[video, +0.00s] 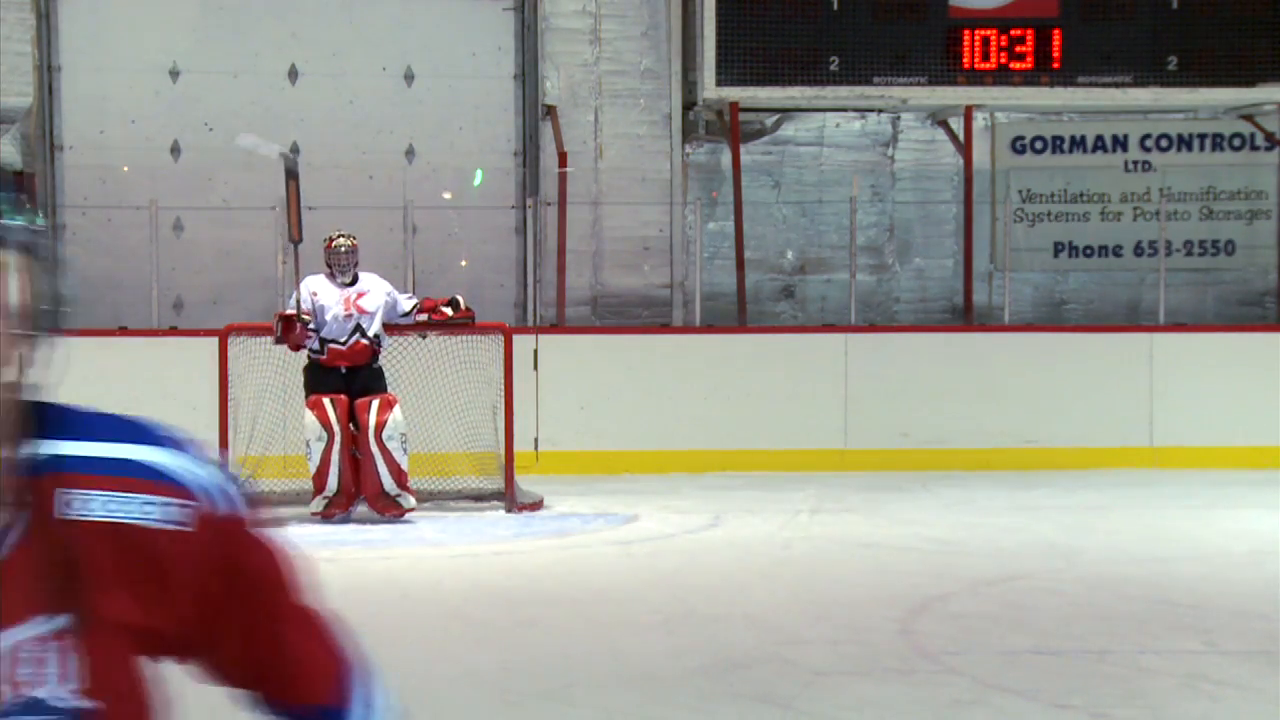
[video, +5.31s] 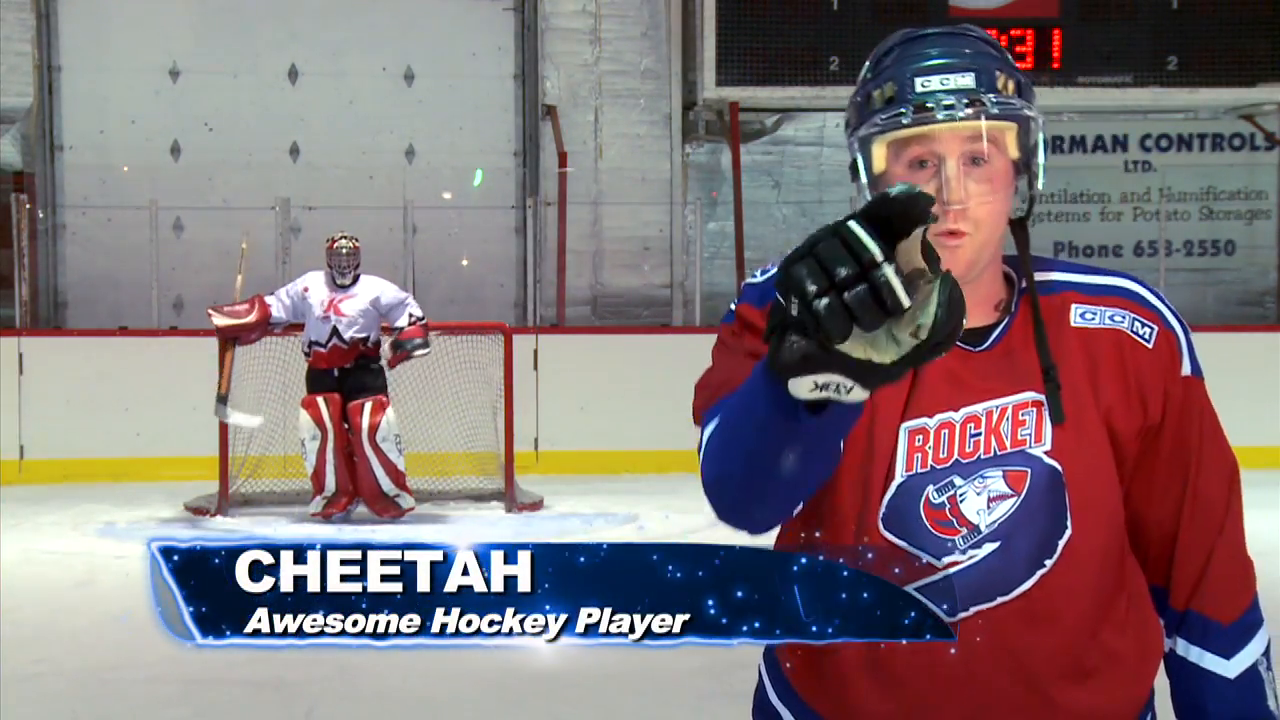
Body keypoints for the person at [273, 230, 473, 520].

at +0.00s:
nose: (343, 261)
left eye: (348, 255)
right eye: (337, 255)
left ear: (357, 257)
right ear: (327, 258)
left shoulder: (375, 285)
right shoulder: (311, 286)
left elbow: (405, 309)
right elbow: (295, 332)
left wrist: (441, 306)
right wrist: (295, 327)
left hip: (366, 372)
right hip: (325, 374)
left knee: (381, 429)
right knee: (329, 433)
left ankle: (385, 499)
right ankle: (334, 500)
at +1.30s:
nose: (347, 263)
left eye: (352, 257)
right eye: (341, 257)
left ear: (361, 259)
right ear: (331, 260)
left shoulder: (379, 286)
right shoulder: (313, 288)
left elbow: (411, 309)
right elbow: (288, 318)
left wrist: (445, 308)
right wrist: (264, 319)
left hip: (368, 373)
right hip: (326, 375)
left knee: (385, 431)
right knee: (330, 435)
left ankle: (386, 500)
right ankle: (333, 502)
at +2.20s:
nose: (337, 264)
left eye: (342, 258)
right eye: (331, 258)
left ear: (352, 260)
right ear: (322, 260)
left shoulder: (370, 286)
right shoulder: (304, 287)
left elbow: (400, 315)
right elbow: (271, 309)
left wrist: (417, 339)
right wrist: (236, 314)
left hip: (365, 373)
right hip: (322, 376)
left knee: (376, 432)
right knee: (326, 435)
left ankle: (391, 500)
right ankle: (334, 501)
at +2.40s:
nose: (334, 262)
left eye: (339, 256)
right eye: (328, 257)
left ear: (347, 259)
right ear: (318, 259)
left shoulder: (368, 287)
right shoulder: (303, 288)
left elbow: (395, 327)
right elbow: (272, 308)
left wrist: (382, 356)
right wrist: (235, 308)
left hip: (361, 374)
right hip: (321, 375)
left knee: (370, 433)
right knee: (327, 435)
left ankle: (390, 499)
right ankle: (335, 499)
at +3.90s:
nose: (339, 265)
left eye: (344, 259)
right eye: (333, 260)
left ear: (355, 259)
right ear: (325, 261)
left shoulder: (372, 282)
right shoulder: (308, 280)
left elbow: (391, 318)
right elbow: (285, 309)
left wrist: (364, 320)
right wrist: (252, 311)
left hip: (362, 368)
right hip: (322, 369)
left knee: (367, 430)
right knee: (323, 432)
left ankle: (390, 498)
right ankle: (331, 499)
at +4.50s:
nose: (340, 263)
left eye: (346, 257)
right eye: (334, 257)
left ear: (355, 259)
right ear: (325, 259)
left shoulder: (372, 289)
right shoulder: (308, 286)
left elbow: (399, 325)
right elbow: (281, 310)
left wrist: (378, 356)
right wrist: (247, 314)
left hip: (359, 372)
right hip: (320, 374)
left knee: (365, 434)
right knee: (325, 435)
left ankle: (389, 497)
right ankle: (334, 497)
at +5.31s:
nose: (344, 263)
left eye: (349, 257)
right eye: (338, 258)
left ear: (358, 259)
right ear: (329, 259)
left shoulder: (376, 289)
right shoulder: (310, 286)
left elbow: (408, 310)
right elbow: (275, 306)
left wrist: (411, 336)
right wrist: (241, 315)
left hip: (363, 372)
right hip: (322, 373)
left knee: (371, 432)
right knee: (325, 435)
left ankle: (391, 501)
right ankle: (332, 500)